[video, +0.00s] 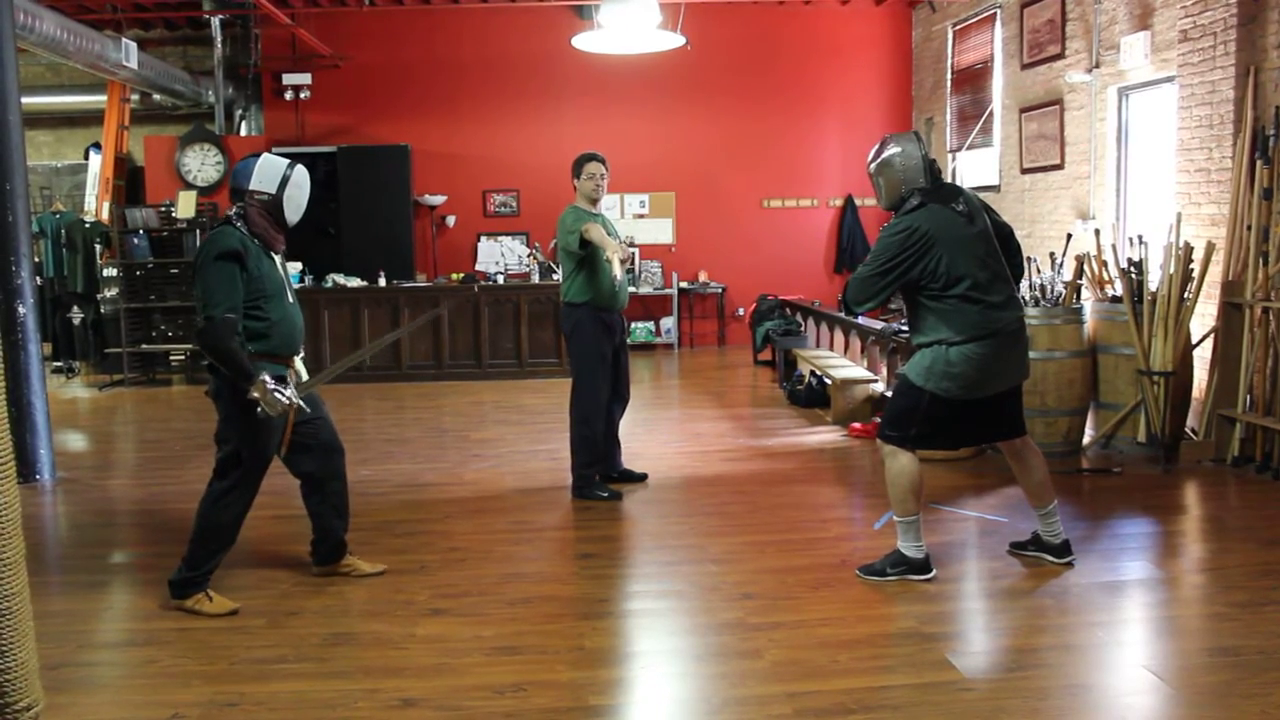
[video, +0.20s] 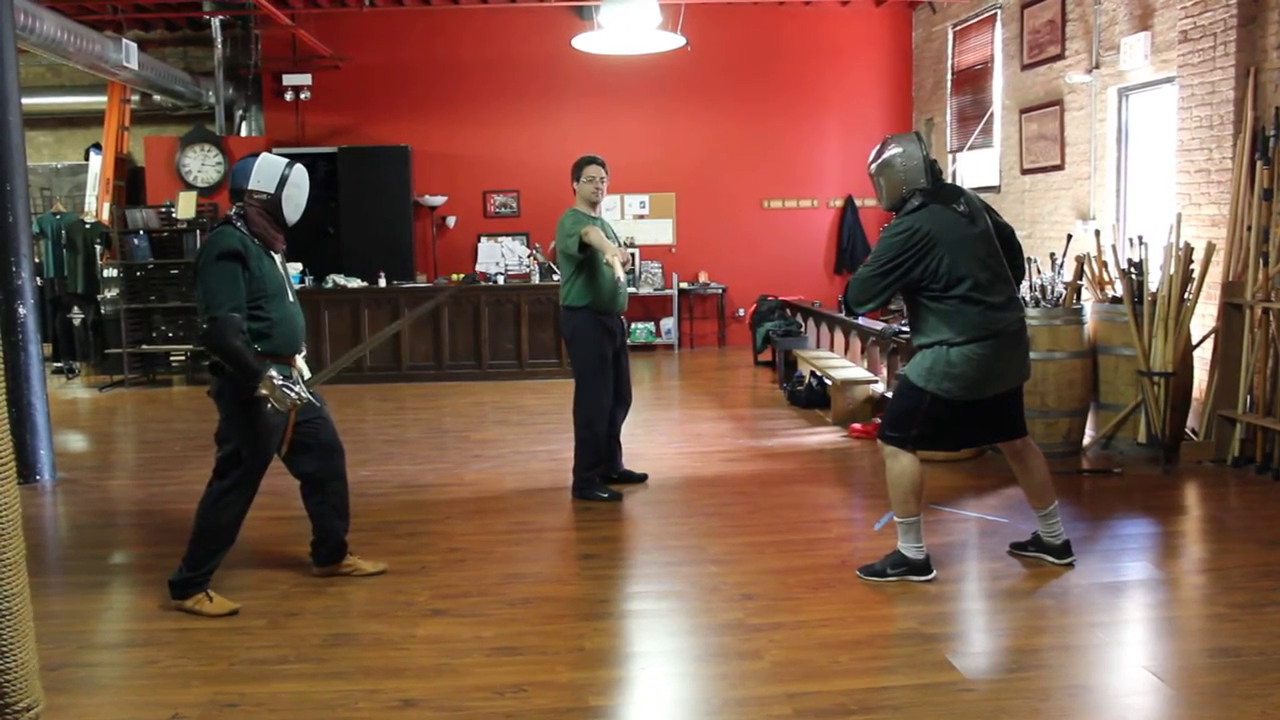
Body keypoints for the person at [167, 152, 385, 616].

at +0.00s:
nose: (294, 208)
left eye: (294, 199)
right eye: (290, 198)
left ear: (259, 193)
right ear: (267, 194)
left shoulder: (263, 242)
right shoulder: (228, 244)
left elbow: (270, 309)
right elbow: (217, 330)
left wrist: (290, 358)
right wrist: (256, 383)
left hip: (284, 375)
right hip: (249, 379)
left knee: (325, 458)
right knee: (235, 481)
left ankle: (331, 554)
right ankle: (189, 585)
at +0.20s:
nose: (295, 207)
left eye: (295, 198)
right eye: (291, 196)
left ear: (260, 192)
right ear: (269, 192)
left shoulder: (263, 241)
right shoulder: (228, 244)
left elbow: (272, 307)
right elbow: (221, 327)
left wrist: (293, 355)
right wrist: (262, 376)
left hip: (286, 374)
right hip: (249, 380)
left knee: (324, 458)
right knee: (235, 479)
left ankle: (331, 554)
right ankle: (189, 585)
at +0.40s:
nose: (295, 209)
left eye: (294, 199)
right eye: (291, 198)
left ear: (259, 193)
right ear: (268, 194)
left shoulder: (262, 243)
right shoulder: (229, 246)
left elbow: (272, 311)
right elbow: (222, 331)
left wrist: (294, 360)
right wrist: (261, 383)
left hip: (287, 375)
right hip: (253, 379)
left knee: (327, 456)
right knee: (237, 480)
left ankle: (332, 554)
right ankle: (190, 585)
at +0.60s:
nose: (294, 208)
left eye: (294, 199)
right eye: (290, 198)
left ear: (259, 194)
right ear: (267, 194)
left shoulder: (263, 243)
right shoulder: (229, 246)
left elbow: (273, 309)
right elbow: (219, 333)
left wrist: (294, 356)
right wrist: (257, 388)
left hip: (286, 374)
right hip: (251, 379)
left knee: (326, 458)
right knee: (236, 482)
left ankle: (332, 555)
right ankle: (190, 586)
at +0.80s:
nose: (295, 209)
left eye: (295, 200)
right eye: (291, 199)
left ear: (259, 194)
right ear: (269, 195)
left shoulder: (264, 243)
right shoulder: (229, 246)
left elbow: (272, 310)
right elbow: (216, 331)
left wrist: (293, 357)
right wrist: (254, 388)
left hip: (287, 375)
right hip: (252, 380)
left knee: (326, 459)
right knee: (235, 483)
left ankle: (332, 555)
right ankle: (189, 587)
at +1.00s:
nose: (295, 209)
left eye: (295, 200)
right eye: (291, 199)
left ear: (259, 194)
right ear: (269, 195)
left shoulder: (264, 243)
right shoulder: (229, 246)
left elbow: (272, 309)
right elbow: (217, 332)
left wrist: (293, 356)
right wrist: (255, 388)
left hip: (286, 376)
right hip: (251, 380)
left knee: (326, 459)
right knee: (235, 483)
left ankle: (332, 555)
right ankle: (190, 587)